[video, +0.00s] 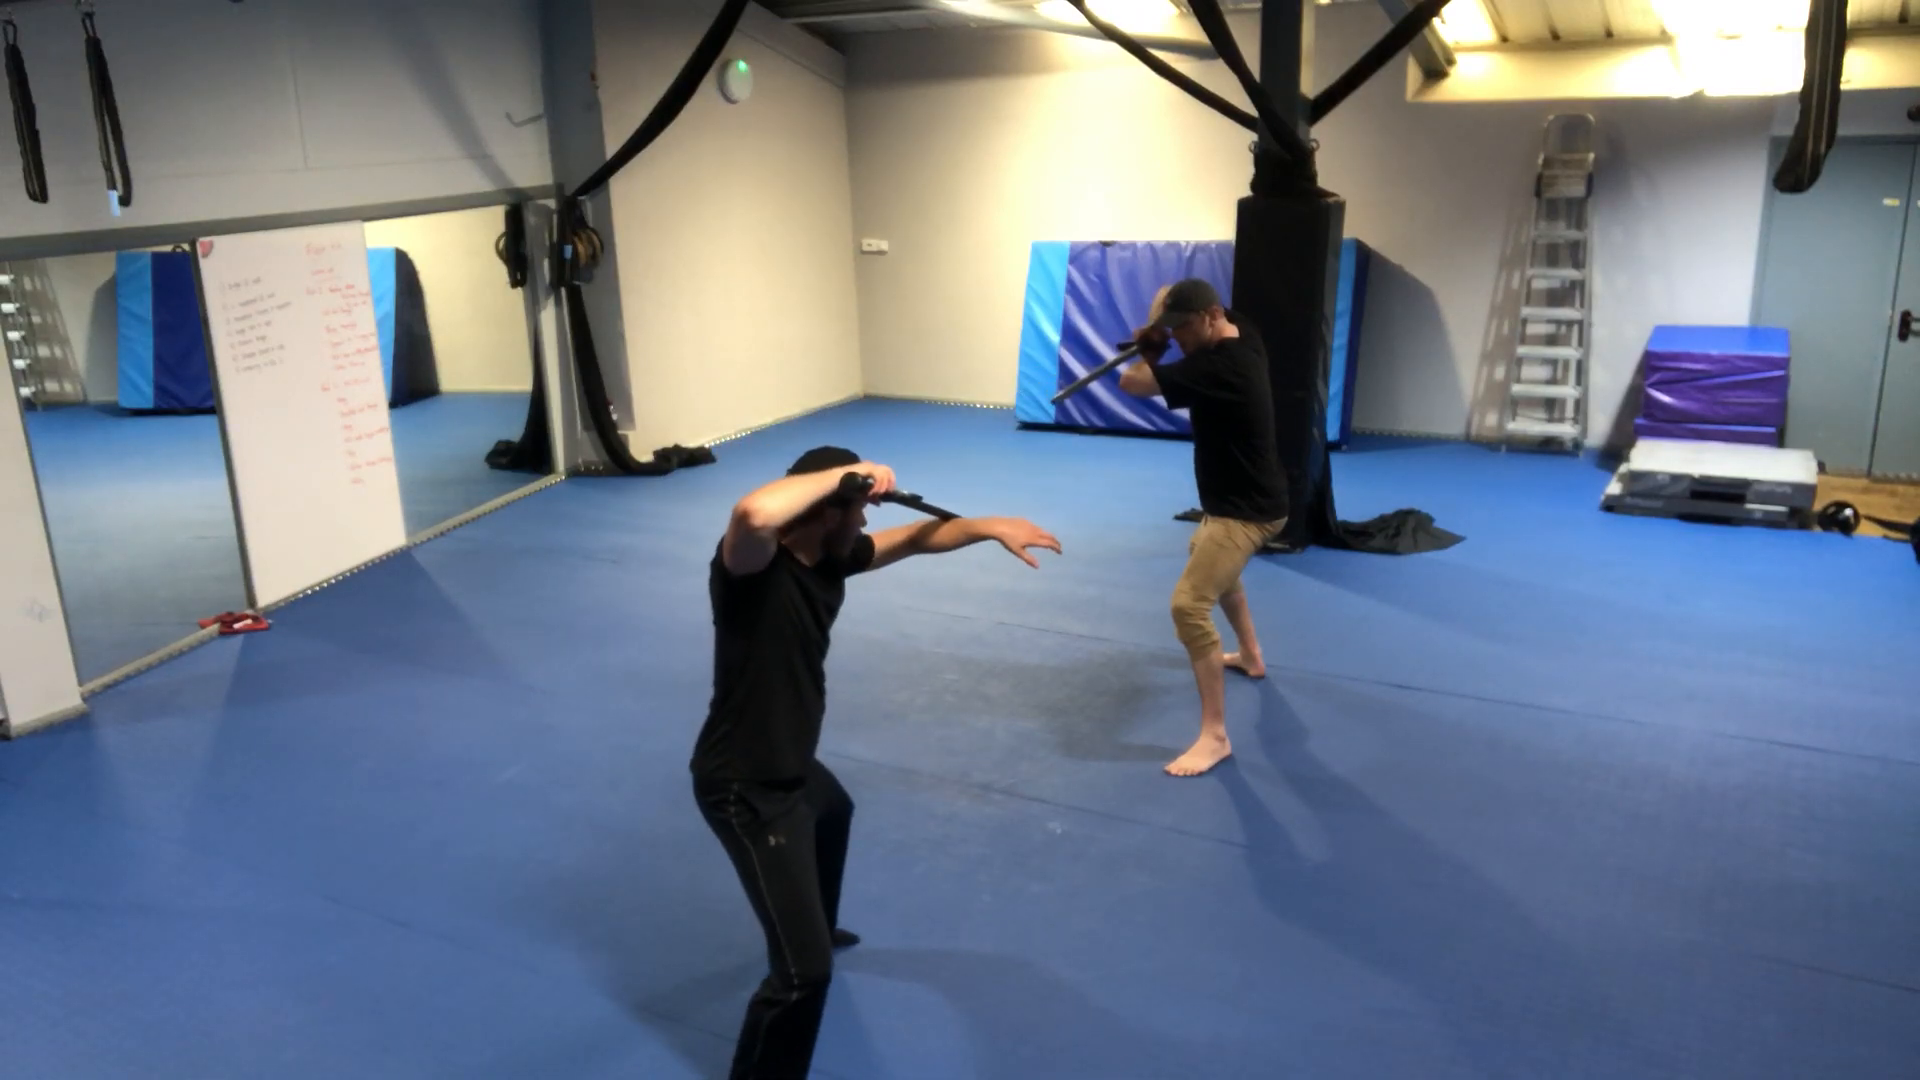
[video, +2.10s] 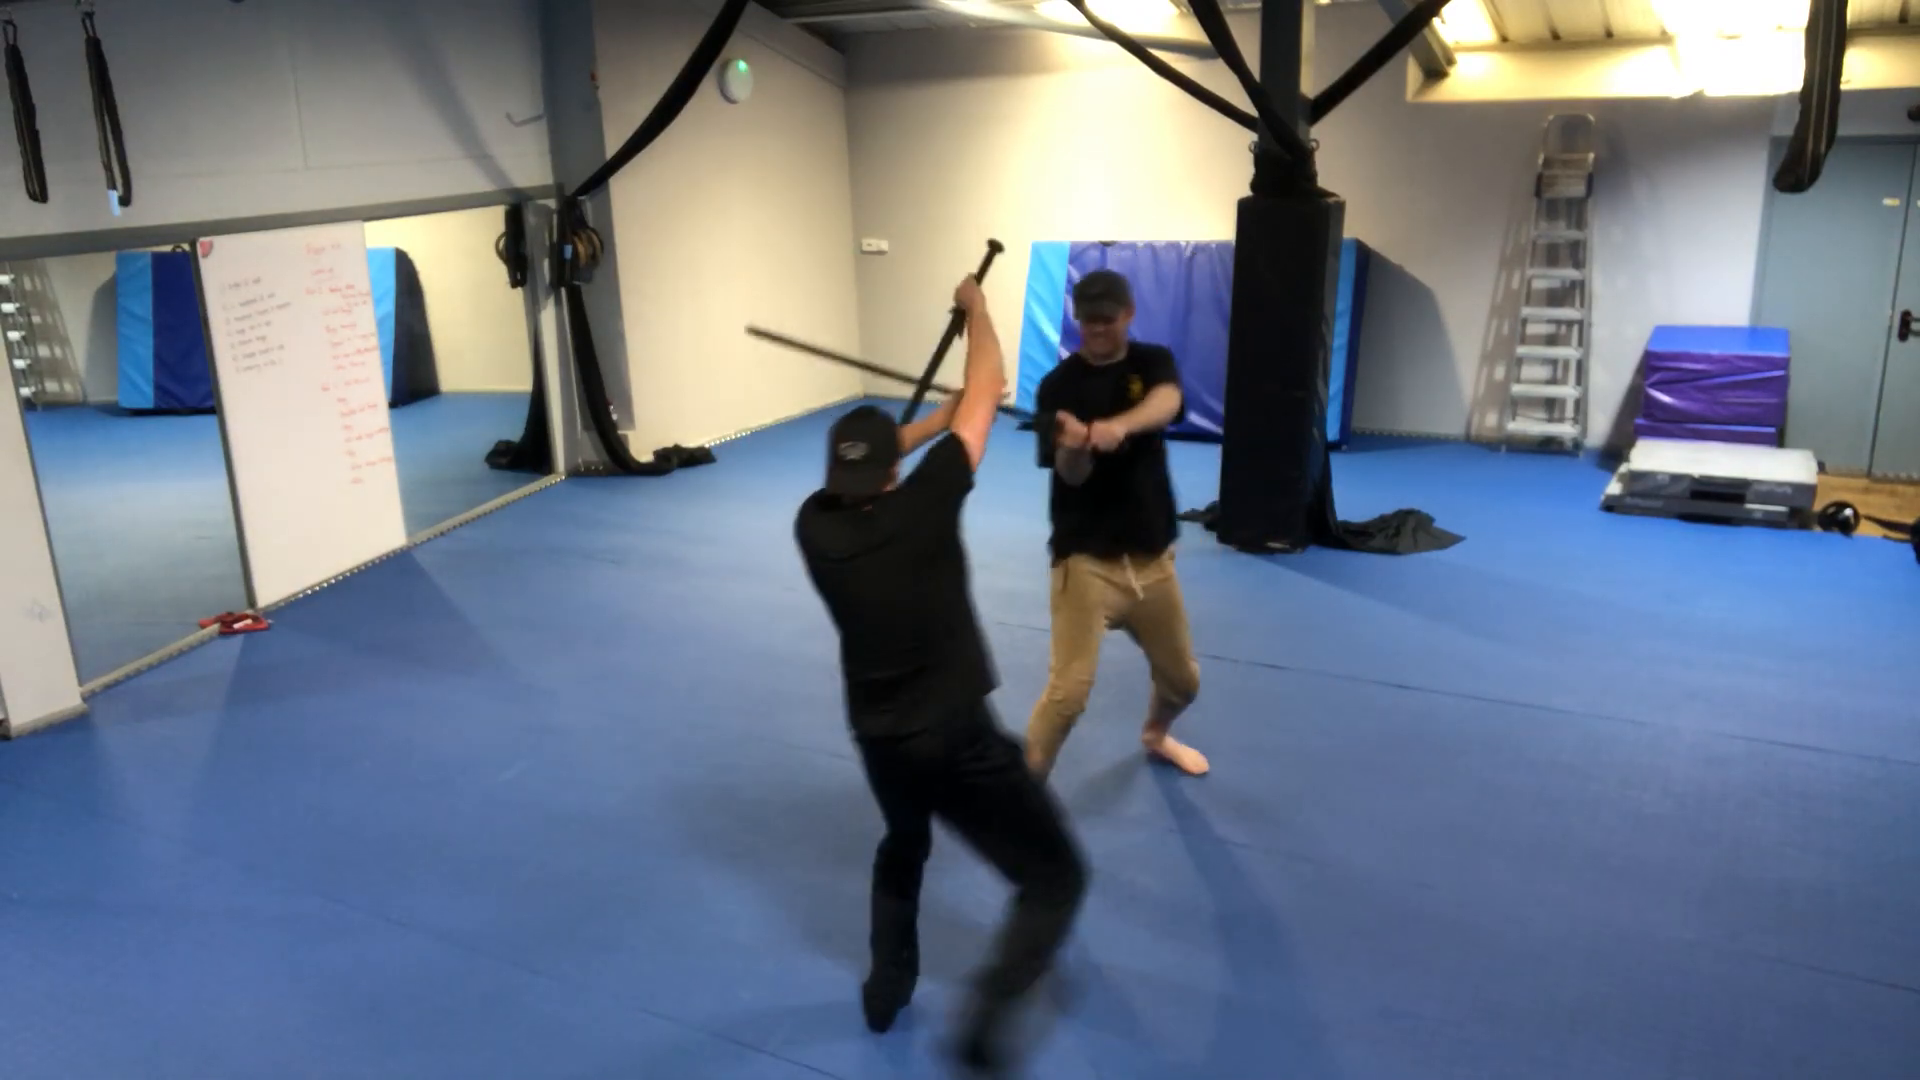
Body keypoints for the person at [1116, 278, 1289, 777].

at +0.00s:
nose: (1179, 342)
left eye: (1183, 334)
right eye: (1176, 334)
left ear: (1210, 319)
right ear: (1213, 318)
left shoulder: (1217, 365)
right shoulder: (1240, 342)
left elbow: (1133, 382)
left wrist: (1152, 352)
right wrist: (1156, 326)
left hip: (1245, 512)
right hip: (1233, 502)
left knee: (1191, 608)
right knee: (1206, 555)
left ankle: (1214, 734)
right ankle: (1250, 653)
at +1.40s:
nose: (1182, 315)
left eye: (1190, 307)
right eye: (1179, 307)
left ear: (1218, 301)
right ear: (1210, 303)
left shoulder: (1210, 352)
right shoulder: (1234, 332)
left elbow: (1150, 411)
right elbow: (1163, 345)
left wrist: (1105, 382)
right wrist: (1112, 349)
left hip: (1240, 501)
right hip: (1244, 491)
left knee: (1191, 603)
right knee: (1213, 575)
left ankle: (1212, 728)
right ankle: (1264, 651)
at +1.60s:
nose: (1187, 316)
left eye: (1197, 307)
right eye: (1180, 307)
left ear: (1221, 306)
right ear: (1172, 308)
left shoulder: (1235, 353)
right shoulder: (1178, 357)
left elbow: (1165, 400)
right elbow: (1143, 410)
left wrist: (1098, 387)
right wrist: (1100, 376)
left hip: (1235, 513)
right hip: (1188, 507)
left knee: (1179, 619)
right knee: (1216, 592)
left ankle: (1204, 730)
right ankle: (1261, 647)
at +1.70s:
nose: (1181, 312)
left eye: (1192, 303)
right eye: (1174, 302)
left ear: (1215, 301)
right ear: (1164, 302)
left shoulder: (1238, 338)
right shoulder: (1158, 356)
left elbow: (1179, 359)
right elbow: (1115, 436)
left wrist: (1097, 358)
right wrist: (1087, 372)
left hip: (1223, 510)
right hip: (1168, 507)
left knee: (1181, 635)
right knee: (1163, 625)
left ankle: (1206, 734)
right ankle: (1229, 630)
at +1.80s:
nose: (1169, 309)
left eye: (1178, 298)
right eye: (1159, 299)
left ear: (1199, 293)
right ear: (1146, 297)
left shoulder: (1225, 329)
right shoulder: (1133, 357)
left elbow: (1193, 344)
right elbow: (1114, 433)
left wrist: (1097, 345)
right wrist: (1084, 367)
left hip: (1213, 508)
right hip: (1149, 507)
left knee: (1190, 646)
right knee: (1122, 637)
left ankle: (1208, 732)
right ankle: (1173, 675)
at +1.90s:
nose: (1147, 306)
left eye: (1156, 295)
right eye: (1137, 296)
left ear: (1176, 290)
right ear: (1124, 295)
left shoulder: (1201, 325)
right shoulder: (1110, 352)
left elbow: (1196, 349)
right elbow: (1111, 442)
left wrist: (1105, 364)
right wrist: (1082, 381)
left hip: (1194, 518)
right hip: (1126, 518)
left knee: (1194, 653)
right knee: (1091, 645)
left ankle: (1205, 735)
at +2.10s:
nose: (1096, 332)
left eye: (1107, 322)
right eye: (1087, 322)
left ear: (1128, 317)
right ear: (1074, 320)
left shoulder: (1154, 361)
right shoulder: (1058, 384)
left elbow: (1168, 402)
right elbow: (1069, 475)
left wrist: (1120, 425)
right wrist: (1074, 447)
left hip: (1151, 557)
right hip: (1083, 561)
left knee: (1180, 682)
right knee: (1067, 696)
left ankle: (1155, 735)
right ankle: (1022, 797)